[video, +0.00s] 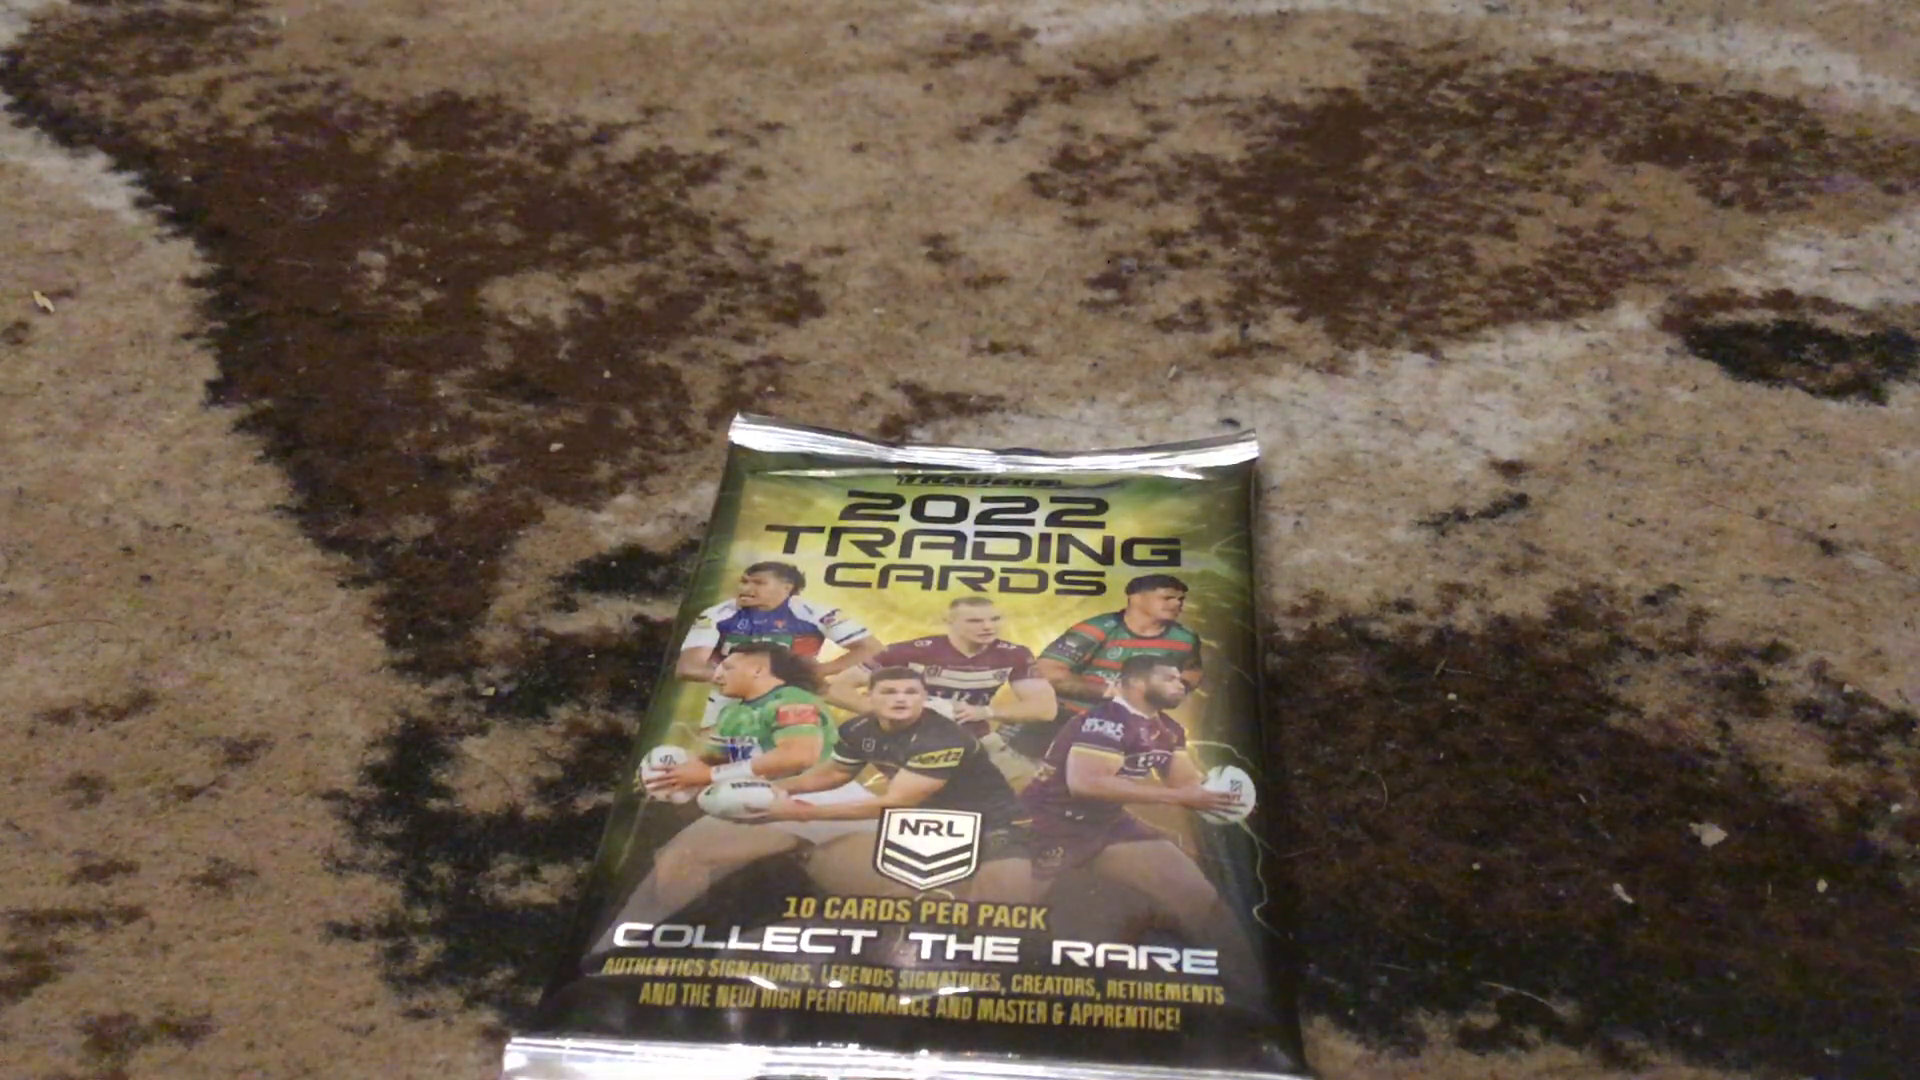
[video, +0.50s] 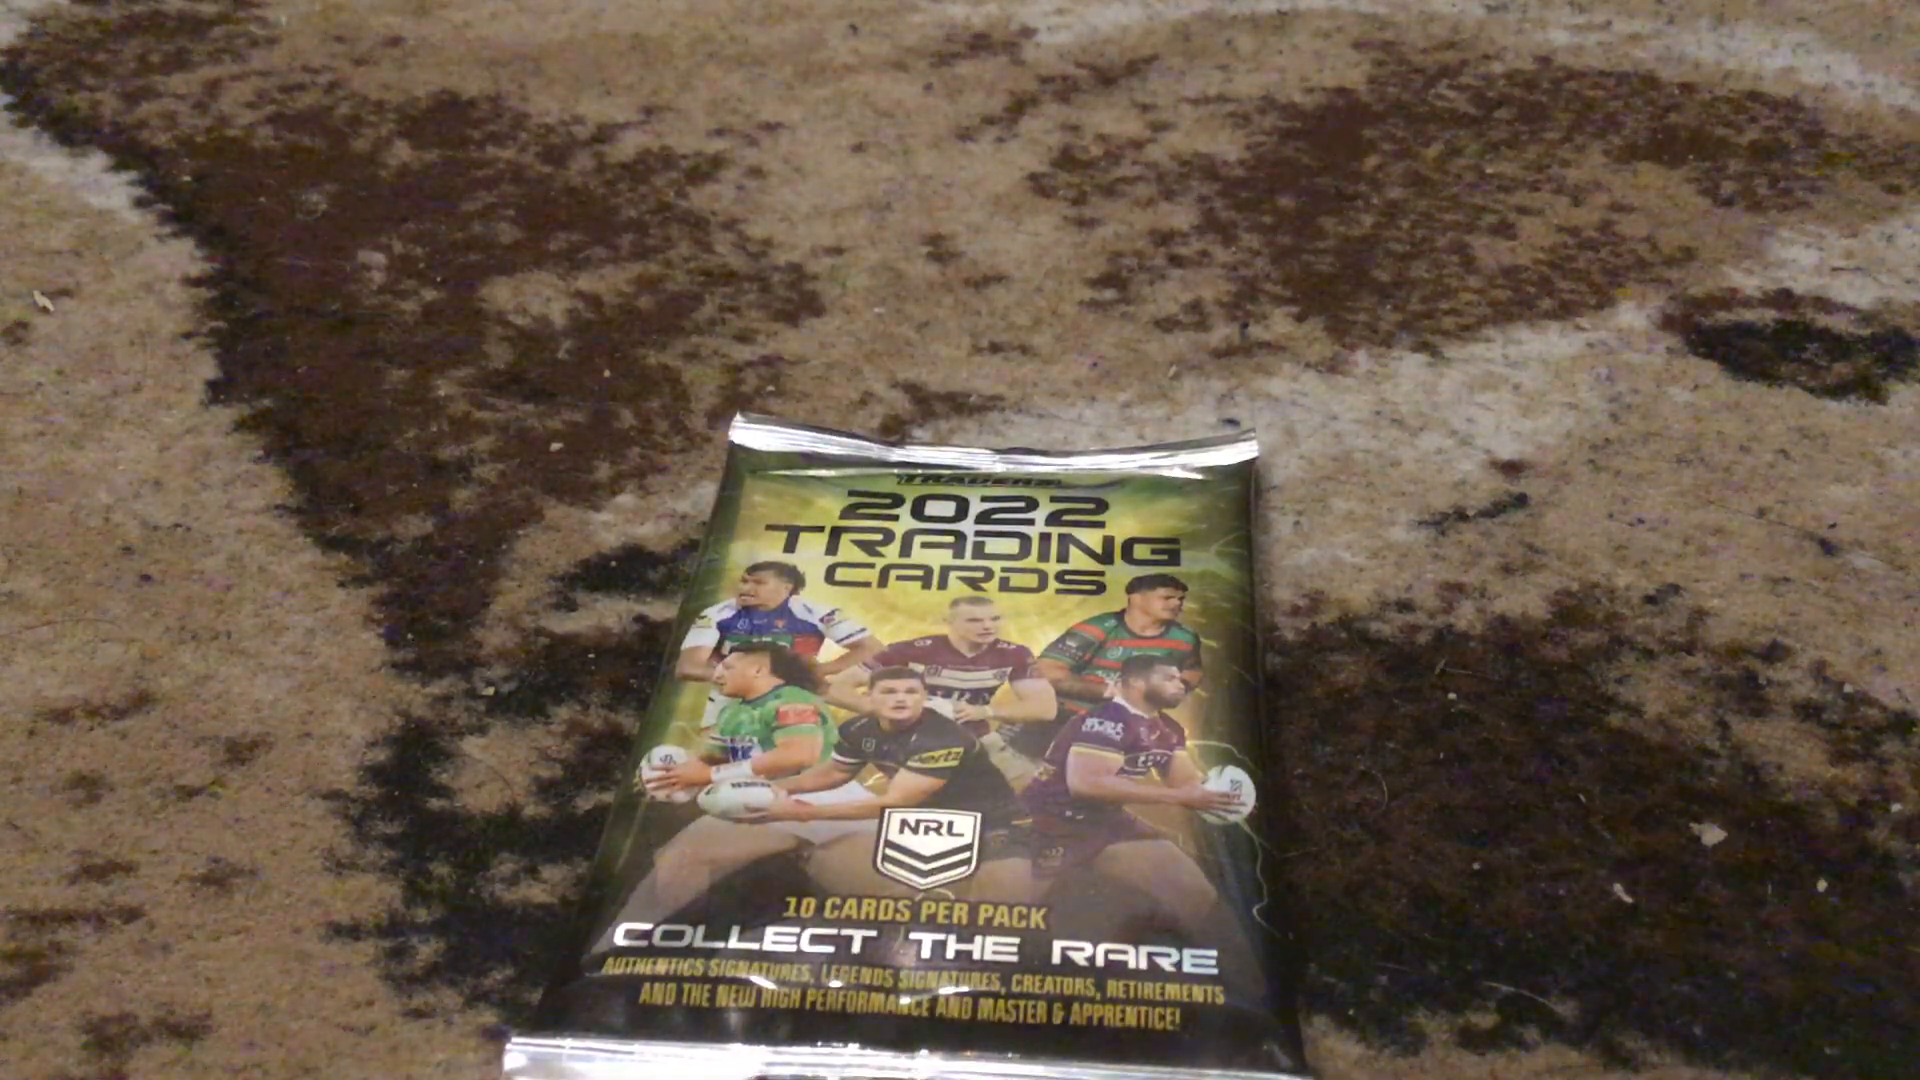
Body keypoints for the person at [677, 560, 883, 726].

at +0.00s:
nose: (747, 589)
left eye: (759, 583)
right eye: (745, 583)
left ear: (787, 588)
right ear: (740, 583)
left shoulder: (808, 613)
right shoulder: (719, 615)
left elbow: (871, 648)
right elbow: (687, 667)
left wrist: (820, 670)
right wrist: (738, 673)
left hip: (786, 717)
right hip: (724, 716)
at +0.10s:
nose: (748, 589)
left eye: (759, 583)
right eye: (746, 582)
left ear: (787, 588)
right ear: (740, 583)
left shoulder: (808, 613)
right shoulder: (720, 615)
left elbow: (871, 648)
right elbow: (686, 667)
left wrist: (819, 670)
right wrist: (736, 672)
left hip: (787, 717)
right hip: (724, 715)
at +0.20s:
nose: (747, 589)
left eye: (759, 583)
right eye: (745, 582)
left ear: (787, 588)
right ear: (740, 583)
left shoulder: (808, 613)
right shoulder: (719, 615)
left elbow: (871, 648)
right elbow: (687, 667)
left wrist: (819, 670)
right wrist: (740, 673)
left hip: (787, 717)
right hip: (724, 716)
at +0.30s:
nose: (747, 589)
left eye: (759, 583)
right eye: (746, 582)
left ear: (787, 588)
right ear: (740, 583)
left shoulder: (809, 613)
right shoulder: (720, 615)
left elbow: (871, 648)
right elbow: (686, 667)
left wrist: (819, 670)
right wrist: (739, 673)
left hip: (787, 716)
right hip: (725, 715)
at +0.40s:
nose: (747, 589)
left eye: (759, 583)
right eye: (745, 582)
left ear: (787, 588)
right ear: (740, 583)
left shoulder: (809, 613)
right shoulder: (720, 615)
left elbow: (871, 648)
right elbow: (686, 667)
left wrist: (819, 670)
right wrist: (737, 673)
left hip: (786, 715)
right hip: (724, 714)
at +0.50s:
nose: (747, 589)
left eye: (759, 583)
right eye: (745, 582)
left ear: (787, 588)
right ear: (740, 583)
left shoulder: (809, 613)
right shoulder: (720, 615)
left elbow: (871, 648)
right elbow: (687, 667)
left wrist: (820, 669)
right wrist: (742, 674)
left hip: (788, 716)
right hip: (725, 715)